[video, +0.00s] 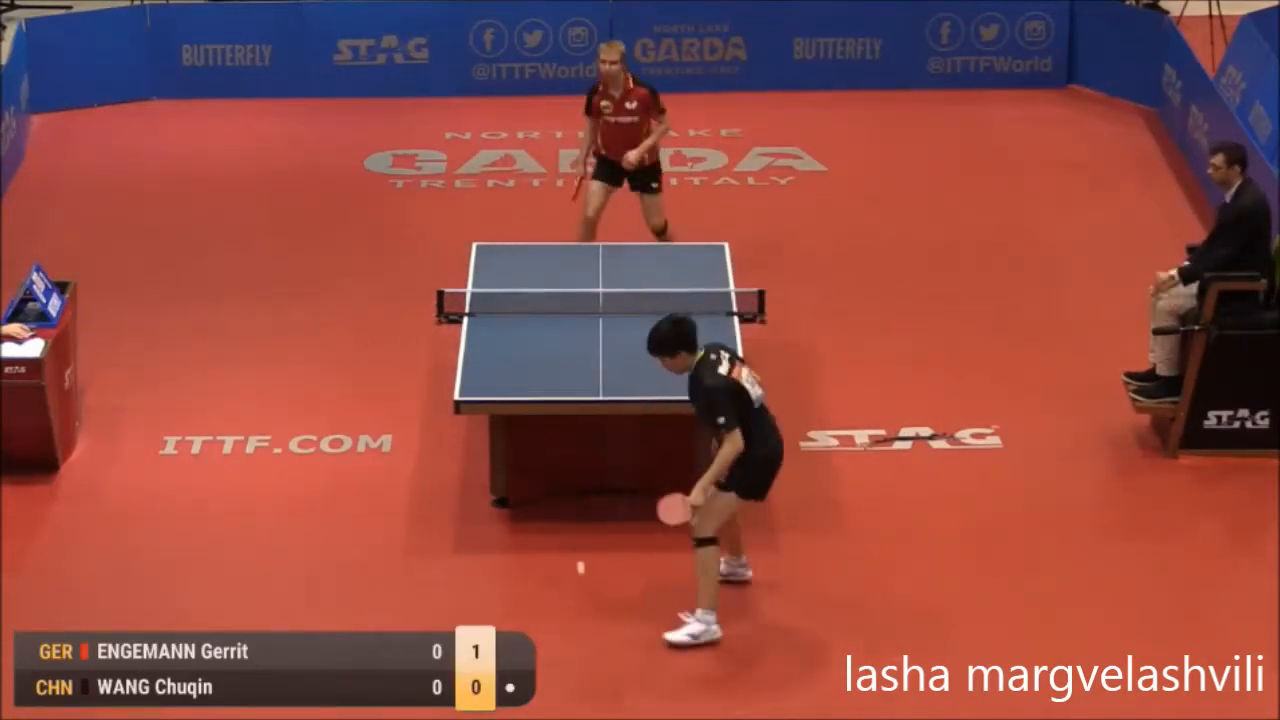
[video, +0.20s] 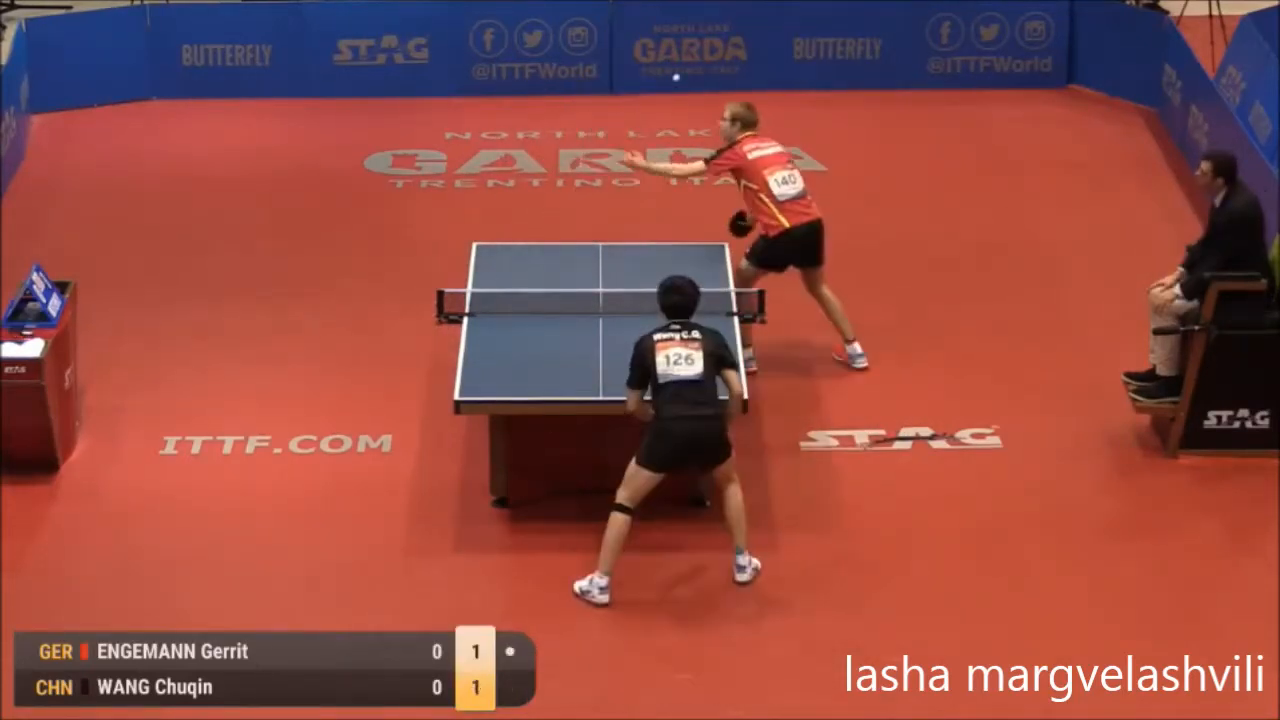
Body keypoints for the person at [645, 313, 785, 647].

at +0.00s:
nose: (663, 365)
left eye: (663, 358)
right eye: (661, 359)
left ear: (678, 354)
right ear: (688, 345)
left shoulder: (708, 382)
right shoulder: (715, 352)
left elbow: (735, 442)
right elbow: (745, 385)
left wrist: (704, 485)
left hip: (754, 455)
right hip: (764, 441)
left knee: (702, 523)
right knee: (721, 499)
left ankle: (706, 619)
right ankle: (735, 562)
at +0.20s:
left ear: (661, 306)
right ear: (695, 306)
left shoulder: (647, 342)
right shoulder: (712, 337)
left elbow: (634, 406)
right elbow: (738, 392)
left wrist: (662, 416)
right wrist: (725, 422)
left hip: (667, 432)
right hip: (710, 429)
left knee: (625, 502)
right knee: (729, 482)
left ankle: (600, 580)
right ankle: (742, 560)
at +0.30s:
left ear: (662, 301)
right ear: (696, 300)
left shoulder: (648, 337)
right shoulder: (713, 334)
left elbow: (634, 400)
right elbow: (738, 386)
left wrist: (659, 413)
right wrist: (726, 417)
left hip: (666, 430)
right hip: (709, 428)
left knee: (625, 499)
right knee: (728, 483)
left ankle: (601, 577)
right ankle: (742, 561)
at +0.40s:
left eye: (664, 285)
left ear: (659, 291)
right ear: (693, 290)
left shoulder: (645, 328)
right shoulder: (712, 324)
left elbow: (632, 389)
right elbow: (737, 375)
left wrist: (649, 405)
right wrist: (722, 399)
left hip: (660, 420)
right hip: (705, 421)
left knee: (616, 479)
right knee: (725, 483)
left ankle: (599, 557)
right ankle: (742, 560)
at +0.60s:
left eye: (642, 291)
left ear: (636, 297)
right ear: (670, 295)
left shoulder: (624, 335)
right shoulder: (691, 329)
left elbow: (612, 394)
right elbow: (718, 377)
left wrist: (636, 399)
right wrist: (692, 386)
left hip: (639, 427)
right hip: (685, 427)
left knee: (590, 473)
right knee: (719, 481)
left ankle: (554, 543)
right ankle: (741, 559)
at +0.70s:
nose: (630, 302)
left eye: (625, 298)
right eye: (641, 297)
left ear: (619, 306)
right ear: (651, 304)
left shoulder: (606, 344)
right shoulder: (671, 337)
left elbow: (587, 400)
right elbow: (698, 385)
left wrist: (618, 398)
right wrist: (677, 373)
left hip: (624, 436)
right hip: (670, 436)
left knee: (575, 472)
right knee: (711, 485)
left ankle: (545, 545)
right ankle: (741, 561)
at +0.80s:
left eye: (596, 286)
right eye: (614, 286)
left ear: (589, 293)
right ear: (621, 293)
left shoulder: (570, 329)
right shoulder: (635, 333)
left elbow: (540, 375)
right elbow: (657, 380)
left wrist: (565, 366)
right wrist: (640, 360)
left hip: (578, 428)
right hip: (622, 430)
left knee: (540, 466)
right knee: (673, 482)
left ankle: (537, 546)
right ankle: (722, 548)